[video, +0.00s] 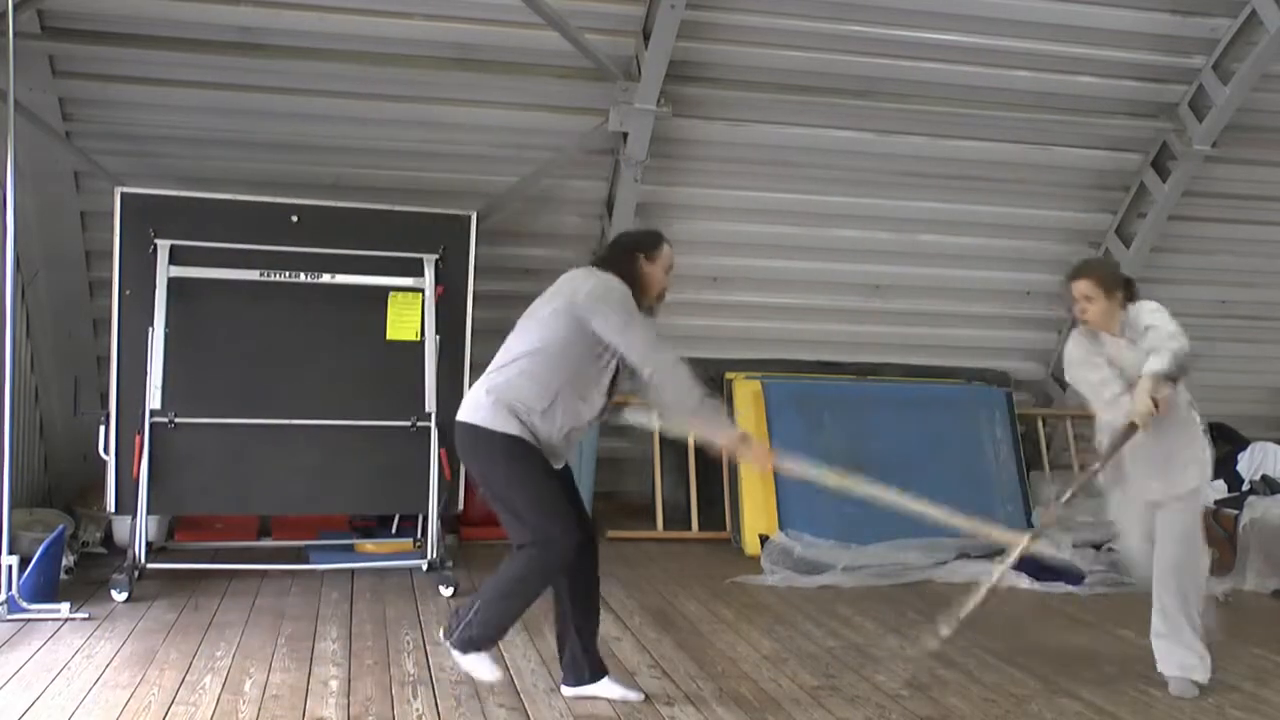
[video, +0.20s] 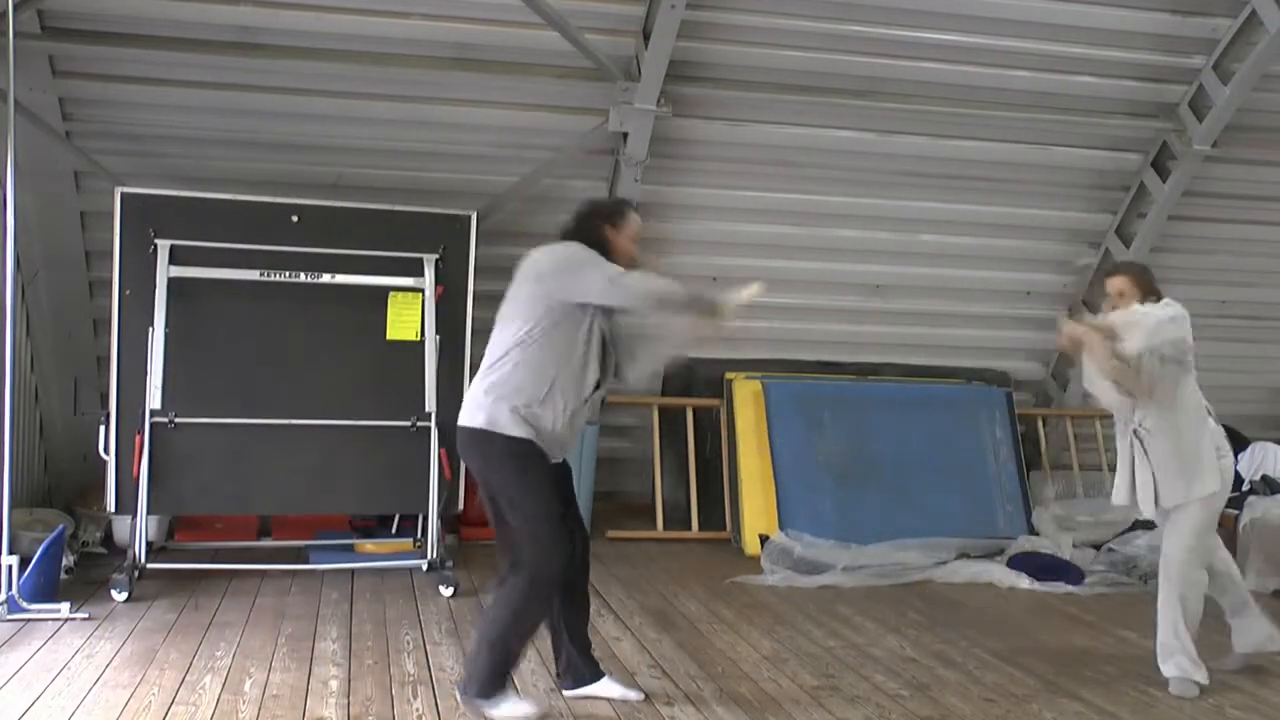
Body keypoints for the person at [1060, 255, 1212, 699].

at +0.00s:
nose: (1079, 310)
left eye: (1087, 300)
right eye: (1074, 302)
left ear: (1115, 297)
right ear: (1072, 307)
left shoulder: (1147, 314)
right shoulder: (1078, 350)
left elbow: (1173, 343)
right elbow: (1104, 399)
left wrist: (1148, 379)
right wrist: (1130, 406)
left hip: (1178, 458)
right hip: (1127, 467)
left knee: (1174, 562)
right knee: (1139, 559)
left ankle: (1181, 663)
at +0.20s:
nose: (1112, 306)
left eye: (1121, 297)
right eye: (1108, 299)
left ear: (1147, 298)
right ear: (1103, 303)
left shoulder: (1172, 320)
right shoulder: (1106, 341)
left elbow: (1144, 328)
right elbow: (1118, 397)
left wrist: (1091, 332)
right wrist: (1089, 353)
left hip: (1202, 465)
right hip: (1157, 474)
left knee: (1177, 561)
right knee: (1208, 557)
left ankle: (1181, 668)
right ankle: (1255, 633)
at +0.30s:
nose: (1120, 286)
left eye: (1130, 278)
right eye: (1118, 279)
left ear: (1157, 284)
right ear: (1117, 287)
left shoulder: (1179, 320)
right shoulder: (1113, 329)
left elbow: (1162, 350)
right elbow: (1073, 379)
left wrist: (1089, 322)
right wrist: (1069, 329)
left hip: (1198, 461)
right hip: (1151, 464)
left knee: (1175, 562)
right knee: (1195, 557)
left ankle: (1191, 669)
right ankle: (1248, 639)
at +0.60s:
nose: (1100, 276)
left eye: (1108, 267)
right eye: (1098, 268)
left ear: (1134, 270)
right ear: (1102, 274)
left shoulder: (1141, 316)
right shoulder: (1109, 318)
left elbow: (1100, 395)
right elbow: (1071, 358)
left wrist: (1041, 379)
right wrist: (1033, 368)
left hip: (1162, 455)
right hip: (1119, 453)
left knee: (1165, 559)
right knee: (1072, 529)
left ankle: (1191, 670)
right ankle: (1090, 629)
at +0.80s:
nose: (1072, 272)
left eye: (1079, 263)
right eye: (1070, 264)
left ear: (1103, 265)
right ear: (1086, 267)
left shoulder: (1110, 308)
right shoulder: (1093, 303)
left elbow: (1028, 332)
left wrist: (1013, 294)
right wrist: (1025, 272)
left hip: (1109, 446)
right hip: (1082, 444)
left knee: (1086, 544)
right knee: (1048, 537)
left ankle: (1150, 649)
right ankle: (1049, 638)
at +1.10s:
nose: (1019, 262)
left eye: (1027, 253)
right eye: (1020, 253)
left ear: (1052, 258)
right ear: (1060, 262)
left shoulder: (1035, 296)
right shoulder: (1083, 303)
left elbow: (978, 315)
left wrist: (999, 273)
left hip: (1057, 432)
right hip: (1084, 432)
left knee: (1029, 539)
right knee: (1050, 536)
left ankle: (1077, 656)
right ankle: (1041, 635)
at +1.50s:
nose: (974, 261)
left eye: (980, 253)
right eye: (972, 254)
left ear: (1004, 255)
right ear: (982, 257)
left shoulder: (1028, 294)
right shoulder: (976, 305)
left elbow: (969, 267)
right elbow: (927, 330)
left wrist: (917, 266)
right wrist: (907, 287)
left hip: (1013, 443)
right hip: (975, 441)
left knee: (976, 546)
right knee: (983, 541)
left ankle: (983, 663)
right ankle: (1040, 622)